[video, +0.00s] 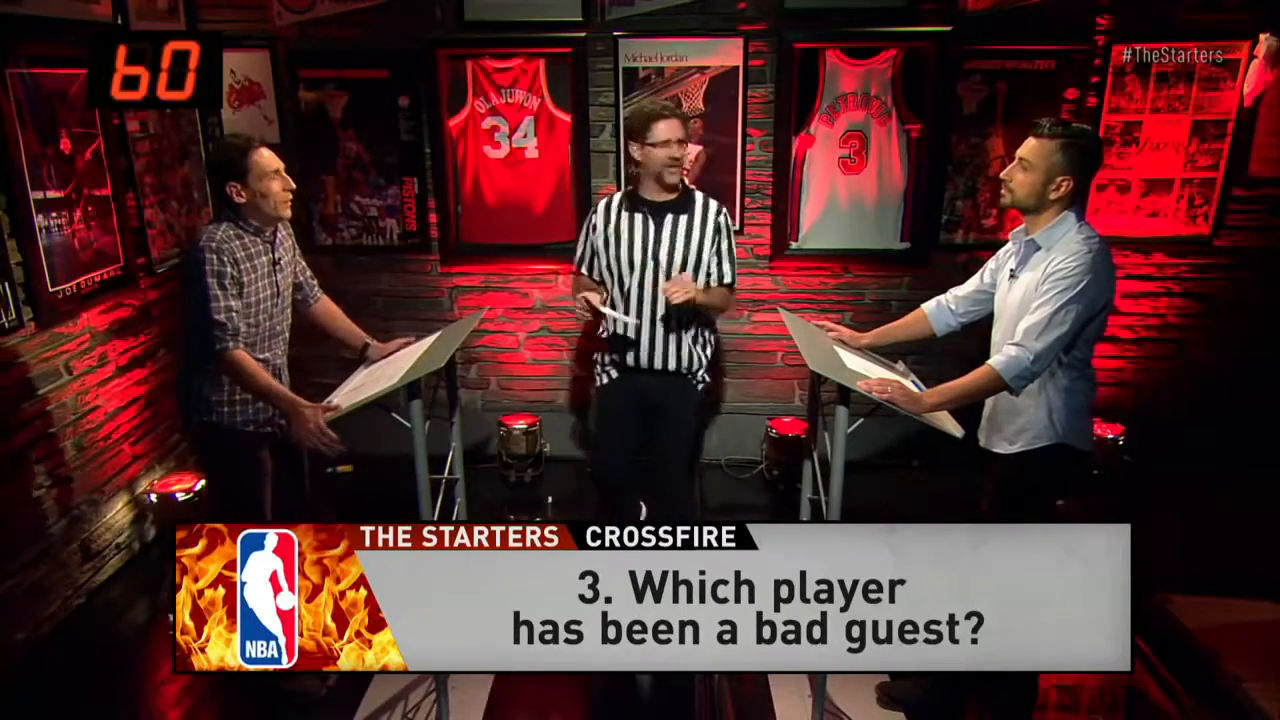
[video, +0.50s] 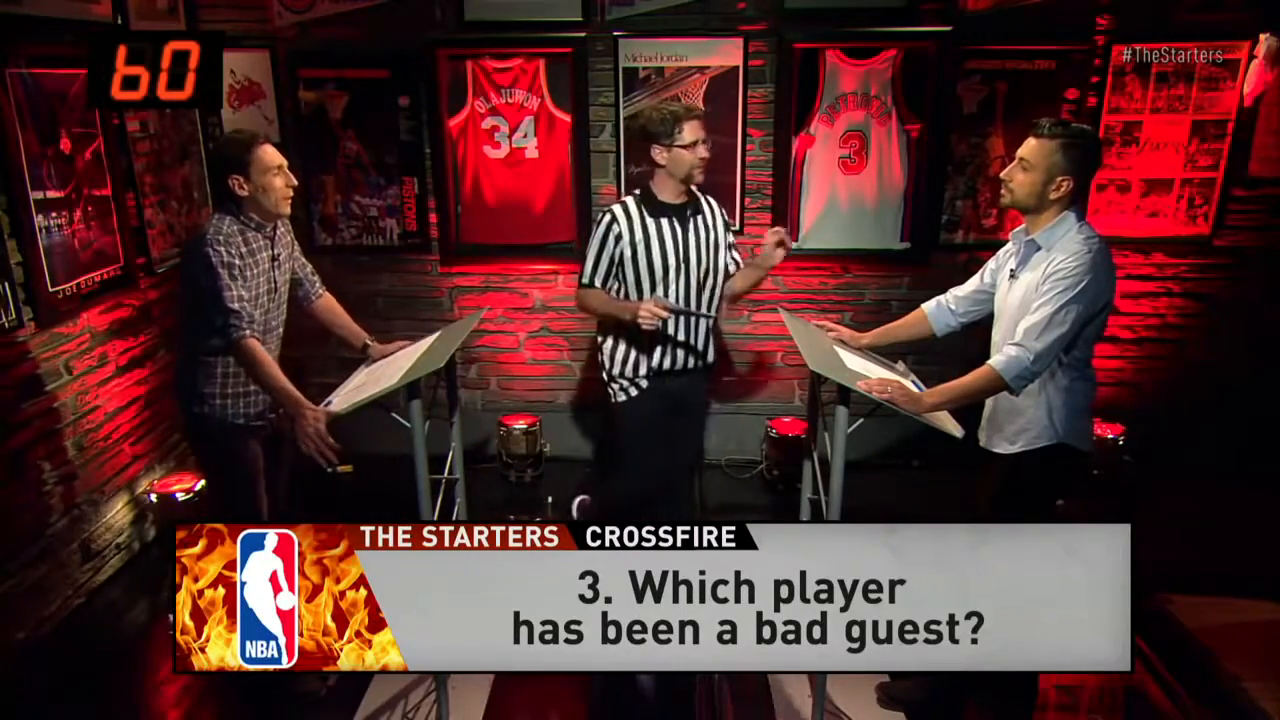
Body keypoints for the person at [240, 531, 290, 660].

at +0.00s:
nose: (271, 544)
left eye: (274, 541)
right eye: (270, 541)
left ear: (276, 543)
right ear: (265, 541)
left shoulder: (277, 561)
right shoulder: (254, 556)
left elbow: (281, 579)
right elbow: (244, 576)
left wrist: (286, 592)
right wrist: (256, 575)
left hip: (266, 589)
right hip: (251, 588)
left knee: (271, 615)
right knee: (260, 615)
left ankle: (281, 640)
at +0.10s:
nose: (271, 544)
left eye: (273, 541)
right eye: (269, 541)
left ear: (276, 543)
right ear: (265, 541)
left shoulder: (277, 560)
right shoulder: (254, 556)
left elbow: (281, 579)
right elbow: (244, 576)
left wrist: (286, 592)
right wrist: (255, 575)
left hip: (266, 589)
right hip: (251, 588)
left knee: (270, 615)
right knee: (259, 615)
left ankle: (281, 640)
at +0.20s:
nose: (271, 544)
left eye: (273, 541)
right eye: (269, 541)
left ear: (276, 543)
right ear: (265, 541)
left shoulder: (277, 560)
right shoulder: (254, 556)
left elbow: (281, 578)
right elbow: (244, 576)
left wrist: (286, 592)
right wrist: (255, 575)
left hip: (266, 589)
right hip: (251, 588)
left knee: (270, 615)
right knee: (259, 615)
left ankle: (281, 640)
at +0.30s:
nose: (271, 544)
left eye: (273, 541)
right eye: (269, 541)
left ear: (276, 543)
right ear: (265, 541)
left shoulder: (277, 560)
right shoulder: (254, 556)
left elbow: (281, 578)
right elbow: (244, 576)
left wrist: (286, 592)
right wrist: (255, 575)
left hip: (266, 589)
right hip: (251, 588)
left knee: (270, 615)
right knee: (259, 615)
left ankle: (281, 640)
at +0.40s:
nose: (271, 544)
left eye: (273, 541)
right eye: (269, 541)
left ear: (276, 543)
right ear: (265, 541)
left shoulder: (277, 560)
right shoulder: (254, 556)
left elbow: (281, 578)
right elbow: (244, 576)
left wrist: (286, 592)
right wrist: (255, 575)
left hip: (266, 589)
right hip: (251, 588)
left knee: (270, 615)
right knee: (259, 615)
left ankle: (281, 640)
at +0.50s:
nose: (271, 544)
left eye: (273, 541)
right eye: (269, 541)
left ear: (276, 543)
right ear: (265, 541)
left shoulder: (277, 560)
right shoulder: (254, 556)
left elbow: (281, 578)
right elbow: (244, 576)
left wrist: (286, 592)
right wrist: (255, 575)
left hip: (266, 589)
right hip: (251, 588)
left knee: (270, 615)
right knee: (259, 615)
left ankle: (281, 640)